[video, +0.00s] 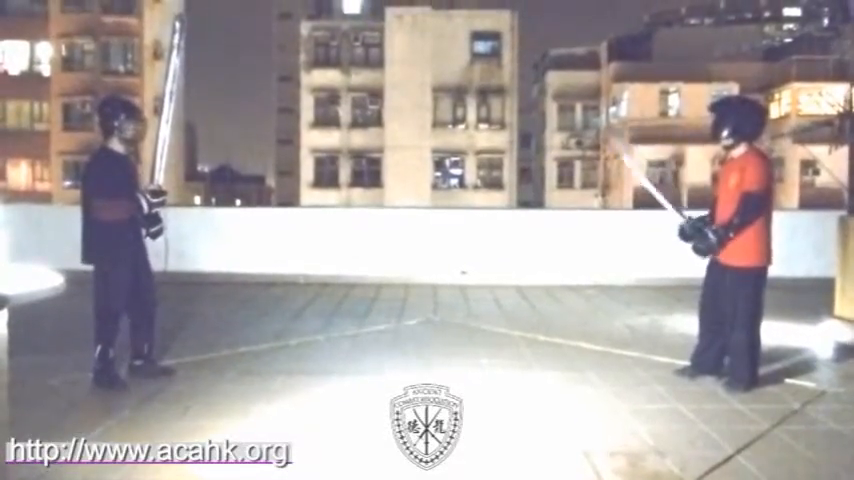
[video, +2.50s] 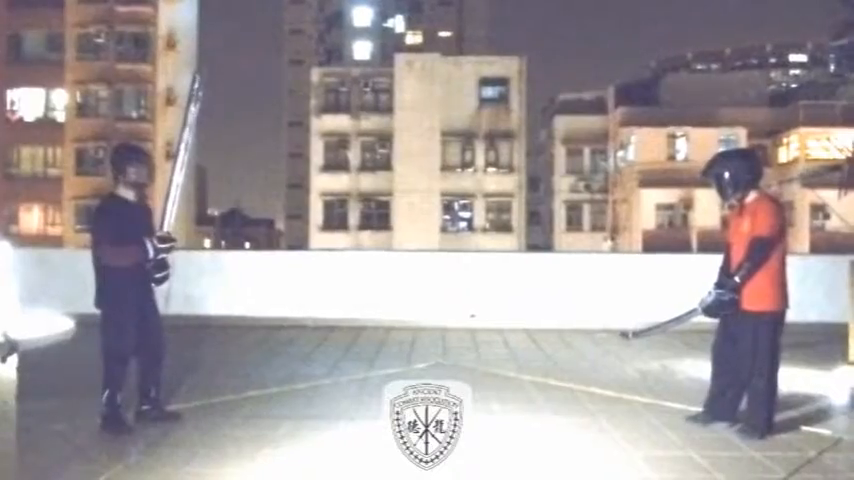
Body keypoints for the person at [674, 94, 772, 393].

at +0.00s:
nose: (717, 129)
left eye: (722, 123)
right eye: (718, 123)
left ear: (738, 127)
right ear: (730, 127)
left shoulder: (755, 163)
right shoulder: (725, 163)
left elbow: (751, 206)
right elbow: (722, 207)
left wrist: (720, 235)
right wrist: (702, 223)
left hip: (747, 256)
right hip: (723, 253)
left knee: (741, 317)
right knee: (712, 310)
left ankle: (741, 374)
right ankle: (706, 362)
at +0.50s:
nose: (709, 184)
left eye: (713, 176)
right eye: (707, 177)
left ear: (729, 176)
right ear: (715, 178)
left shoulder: (756, 209)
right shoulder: (719, 215)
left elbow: (749, 252)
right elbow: (717, 258)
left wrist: (721, 286)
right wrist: (709, 293)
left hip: (755, 303)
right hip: (728, 301)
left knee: (752, 364)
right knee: (717, 357)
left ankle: (748, 420)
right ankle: (709, 409)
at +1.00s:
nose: (702, 197)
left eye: (703, 190)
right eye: (699, 192)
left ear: (717, 185)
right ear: (718, 186)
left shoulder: (749, 208)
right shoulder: (722, 214)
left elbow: (744, 251)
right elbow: (717, 259)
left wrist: (718, 287)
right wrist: (706, 290)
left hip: (751, 303)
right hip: (726, 301)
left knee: (747, 365)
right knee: (715, 358)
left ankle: (745, 421)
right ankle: (707, 410)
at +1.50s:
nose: (704, 192)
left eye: (706, 184)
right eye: (702, 185)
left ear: (722, 180)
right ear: (716, 182)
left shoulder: (752, 208)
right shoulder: (721, 213)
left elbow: (748, 250)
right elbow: (719, 257)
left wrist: (722, 288)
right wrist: (708, 290)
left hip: (753, 303)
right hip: (727, 301)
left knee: (750, 364)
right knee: (716, 357)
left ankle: (746, 422)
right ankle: (708, 410)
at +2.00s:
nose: (724, 182)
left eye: (727, 174)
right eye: (722, 175)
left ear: (743, 170)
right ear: (736, 172)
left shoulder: (772, 198)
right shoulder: (741, 204)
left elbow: (767, 243)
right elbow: (738, 248)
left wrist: (740, 280)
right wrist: (727, 280)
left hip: (773, 295)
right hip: (747, 293)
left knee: (771, 357)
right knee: (736, 350)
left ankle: (769, 414)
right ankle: (731, 403)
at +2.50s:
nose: (719, 189)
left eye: (722, 181)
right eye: (718, 182)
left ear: (738, 178)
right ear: (733, 181)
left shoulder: (766, 208)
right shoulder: (736, 212)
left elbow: (760, 249)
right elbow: (731, 255)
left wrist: (733, 285)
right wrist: (720, 286)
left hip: (764, 302)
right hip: (739, 300)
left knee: (761, 363)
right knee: (727, 356)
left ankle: (758, 420)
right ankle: (719, 408)